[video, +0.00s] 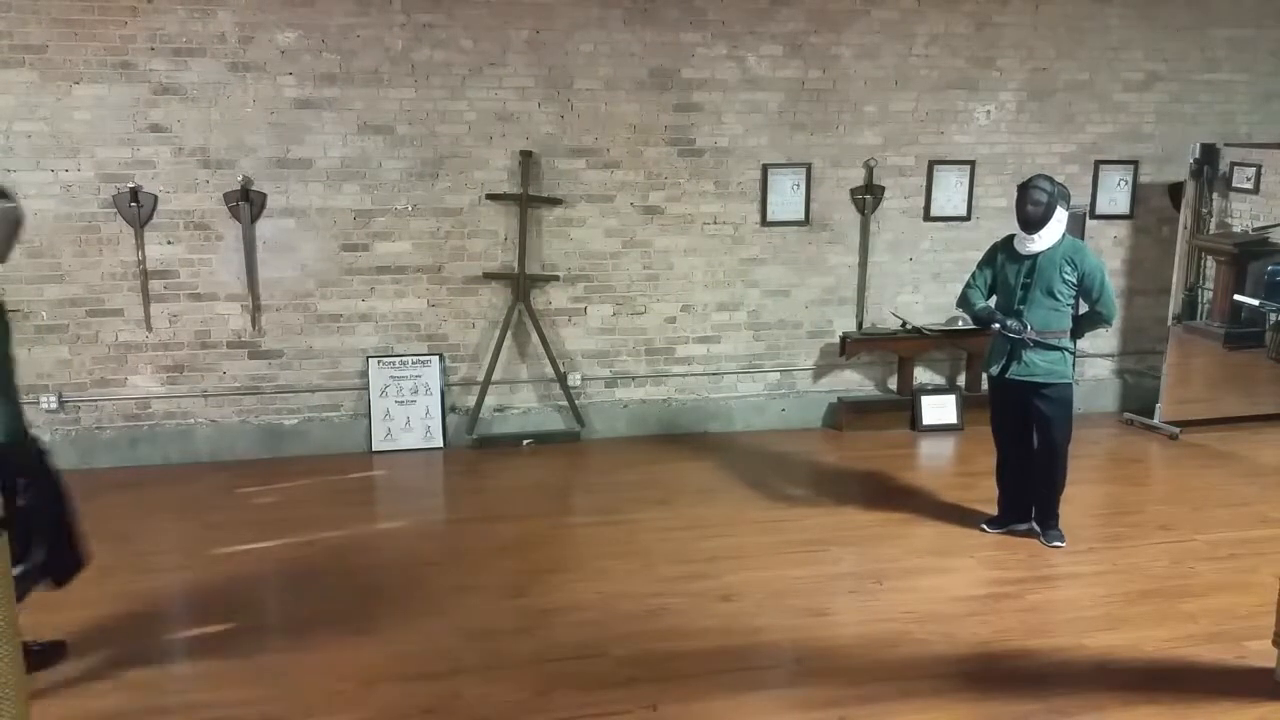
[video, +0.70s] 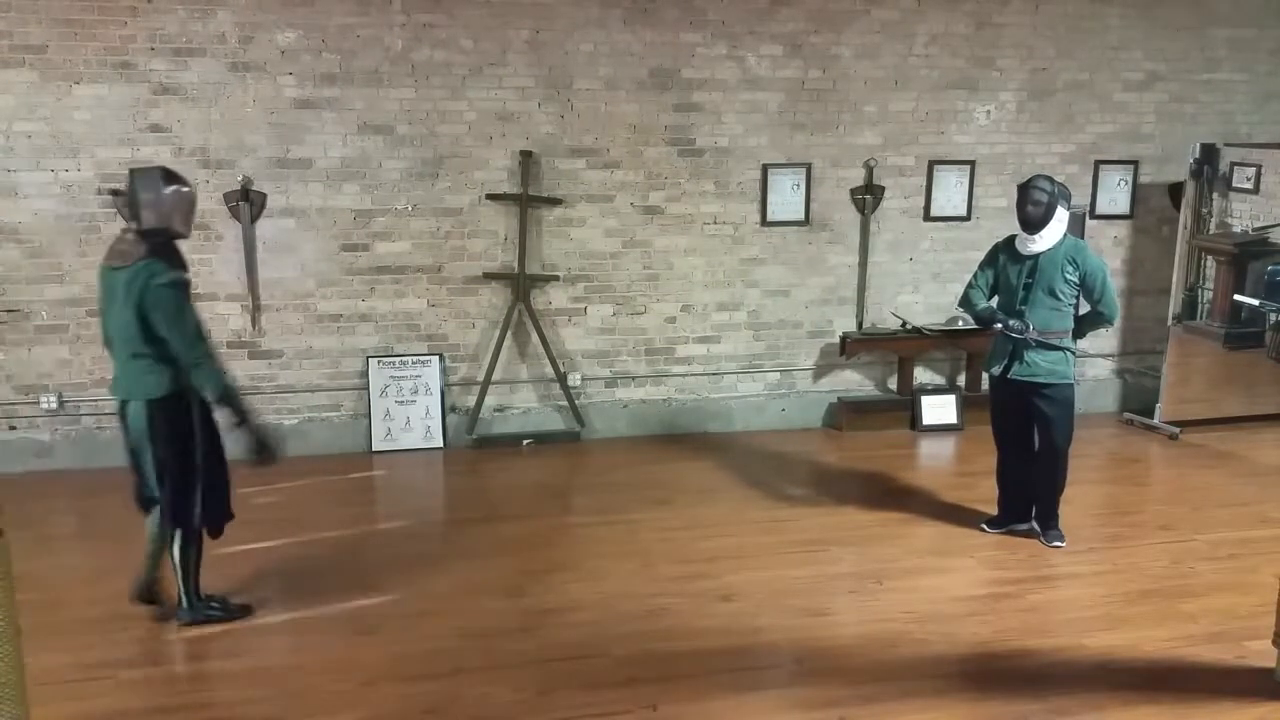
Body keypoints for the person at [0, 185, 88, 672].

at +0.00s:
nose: (14, 237)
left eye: (14, 227)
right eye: (12, 226)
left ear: (12, 229)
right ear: (7, 228)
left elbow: (9, 396)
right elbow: (7, 402)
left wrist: (21, 454)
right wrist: (19, 458)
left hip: (14, 444)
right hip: (12, 448)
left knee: (36, 546)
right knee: (45, 550)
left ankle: (11, 643)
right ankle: (10, 642)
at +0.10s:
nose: (37, 232)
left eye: (37, 221)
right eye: (31, 221)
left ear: (8, 225)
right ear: (12, 224)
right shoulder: (7, 291)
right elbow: (14, 383)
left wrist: (35, 445)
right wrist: (15, 458)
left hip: (25, 437)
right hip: (20, 442)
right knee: (81, 524)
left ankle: (36, 633)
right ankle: (37, 632)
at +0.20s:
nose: (65, 234)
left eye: (65, 224)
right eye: (59, 224)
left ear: (17, 227)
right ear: (38, 229)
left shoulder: (20, 288)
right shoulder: (21, 299)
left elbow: (26, 378)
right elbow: (15, 383)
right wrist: (16, 457)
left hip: (27, 437)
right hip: (41, 439)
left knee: (16, 542)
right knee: (103, 515)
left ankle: (9, 641)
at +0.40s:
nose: (118, 235)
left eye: (117, 225)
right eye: (112, 226)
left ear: (69, 228)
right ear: (94, 230)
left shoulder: (49, 286)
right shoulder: (83, 295)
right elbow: (72, 376)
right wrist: (61, 447)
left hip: (53, 428)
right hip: (96, 429)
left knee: (45, 531)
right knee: (151, 511)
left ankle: (16, 638)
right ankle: (188, 601)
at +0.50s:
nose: (147, 227)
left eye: (146, 218)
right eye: (141, 218)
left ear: (97, 224)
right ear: (121, 223)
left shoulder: (73, 278)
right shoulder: (116, 288)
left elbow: (72, 349)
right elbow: (114, 369)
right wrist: (112, 438)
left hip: (86, 418)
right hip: (130, 420)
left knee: (94, 516)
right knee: (173, 502)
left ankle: (40, 612)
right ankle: (191, 600)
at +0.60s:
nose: (172, 219)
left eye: (170, 210)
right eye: (166, 211)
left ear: (122, 215)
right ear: (147, 215)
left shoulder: (96, 267)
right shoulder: (141, 278)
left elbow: (93, 342)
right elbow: (153, 357)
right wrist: (174, 410)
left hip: (111, 404)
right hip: (148, 405)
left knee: (137, 506)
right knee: (180, 503)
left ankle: (88, 585)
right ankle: (191, 601)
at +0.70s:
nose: (189, 216)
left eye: (188, 207)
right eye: (182, 208)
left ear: (137, 211)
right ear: (165, 211)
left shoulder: (116, 262)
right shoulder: (161, 274)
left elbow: (114, 338)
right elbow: (195, 355)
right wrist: (242, 415)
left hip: (133, 395)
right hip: (168, 398)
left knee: (165, 490)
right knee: (188, 493)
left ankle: (148, 580)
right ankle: (192, 601)